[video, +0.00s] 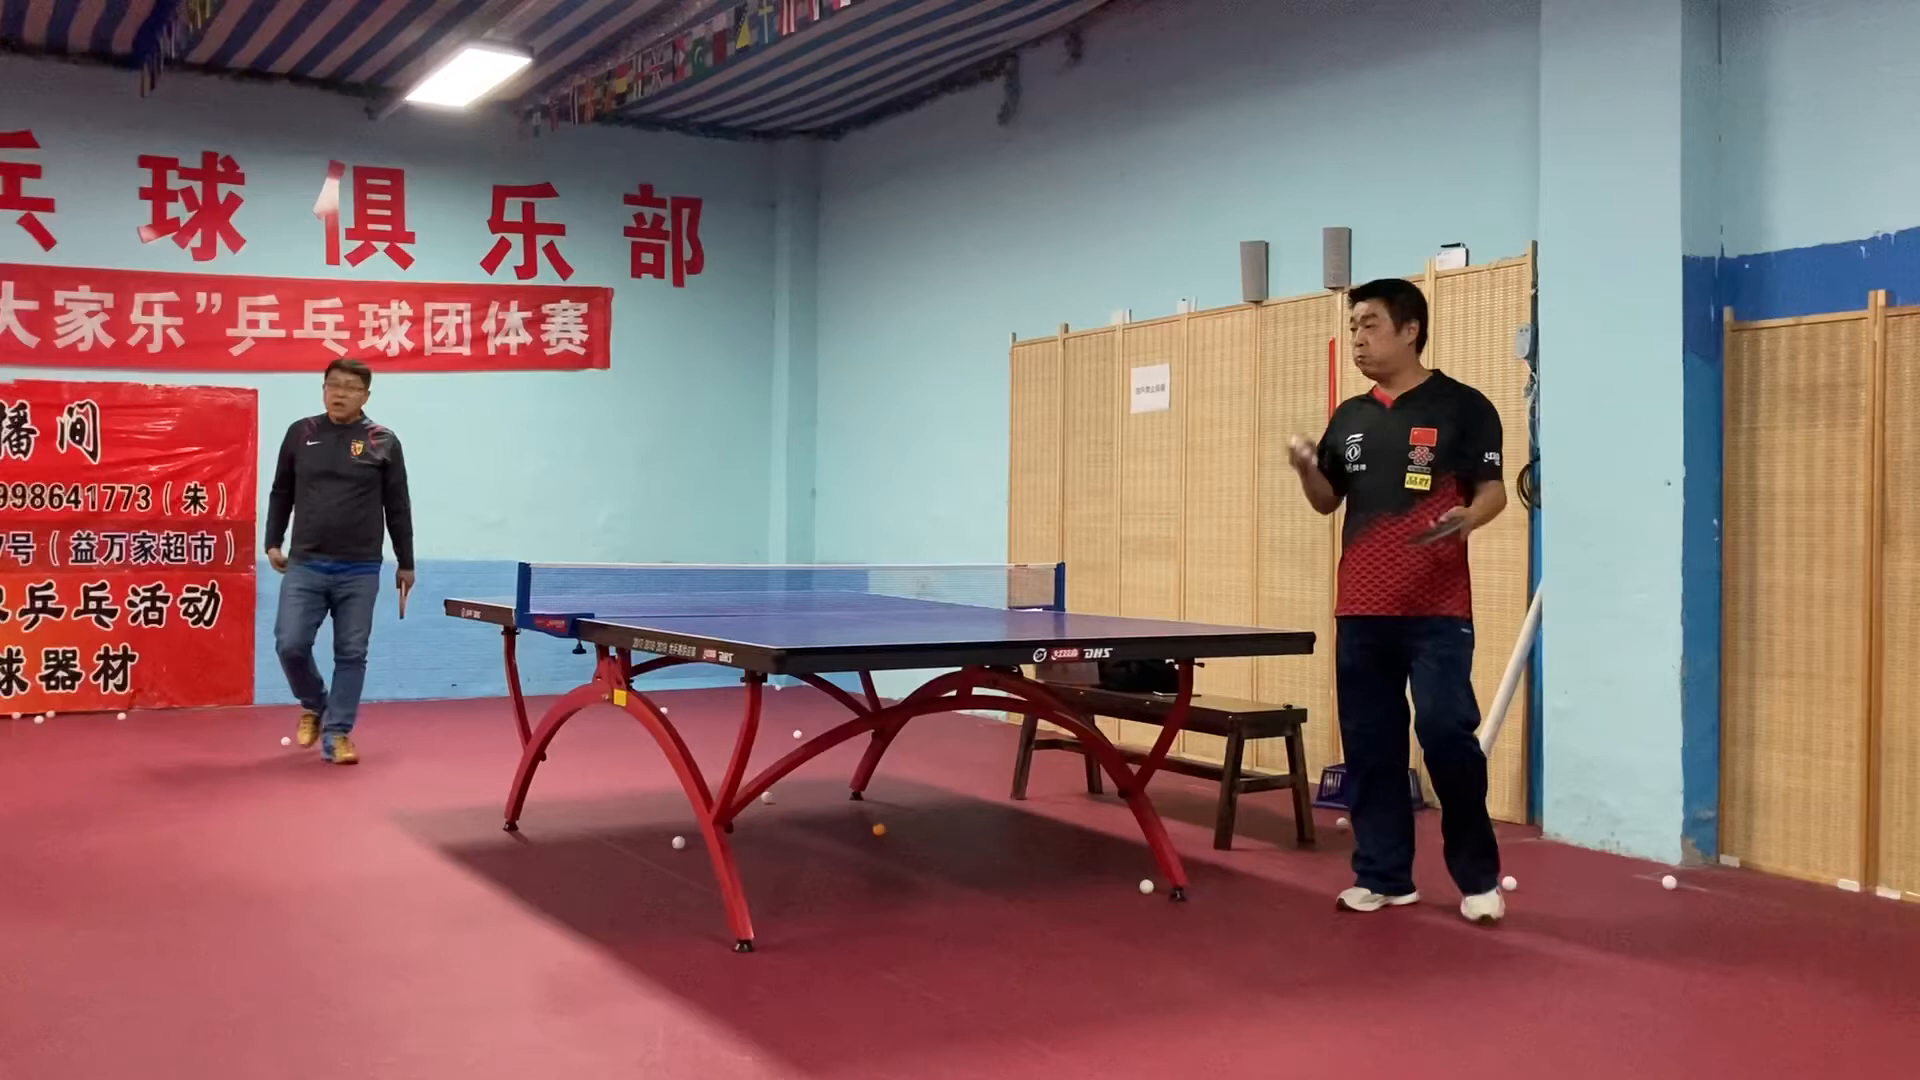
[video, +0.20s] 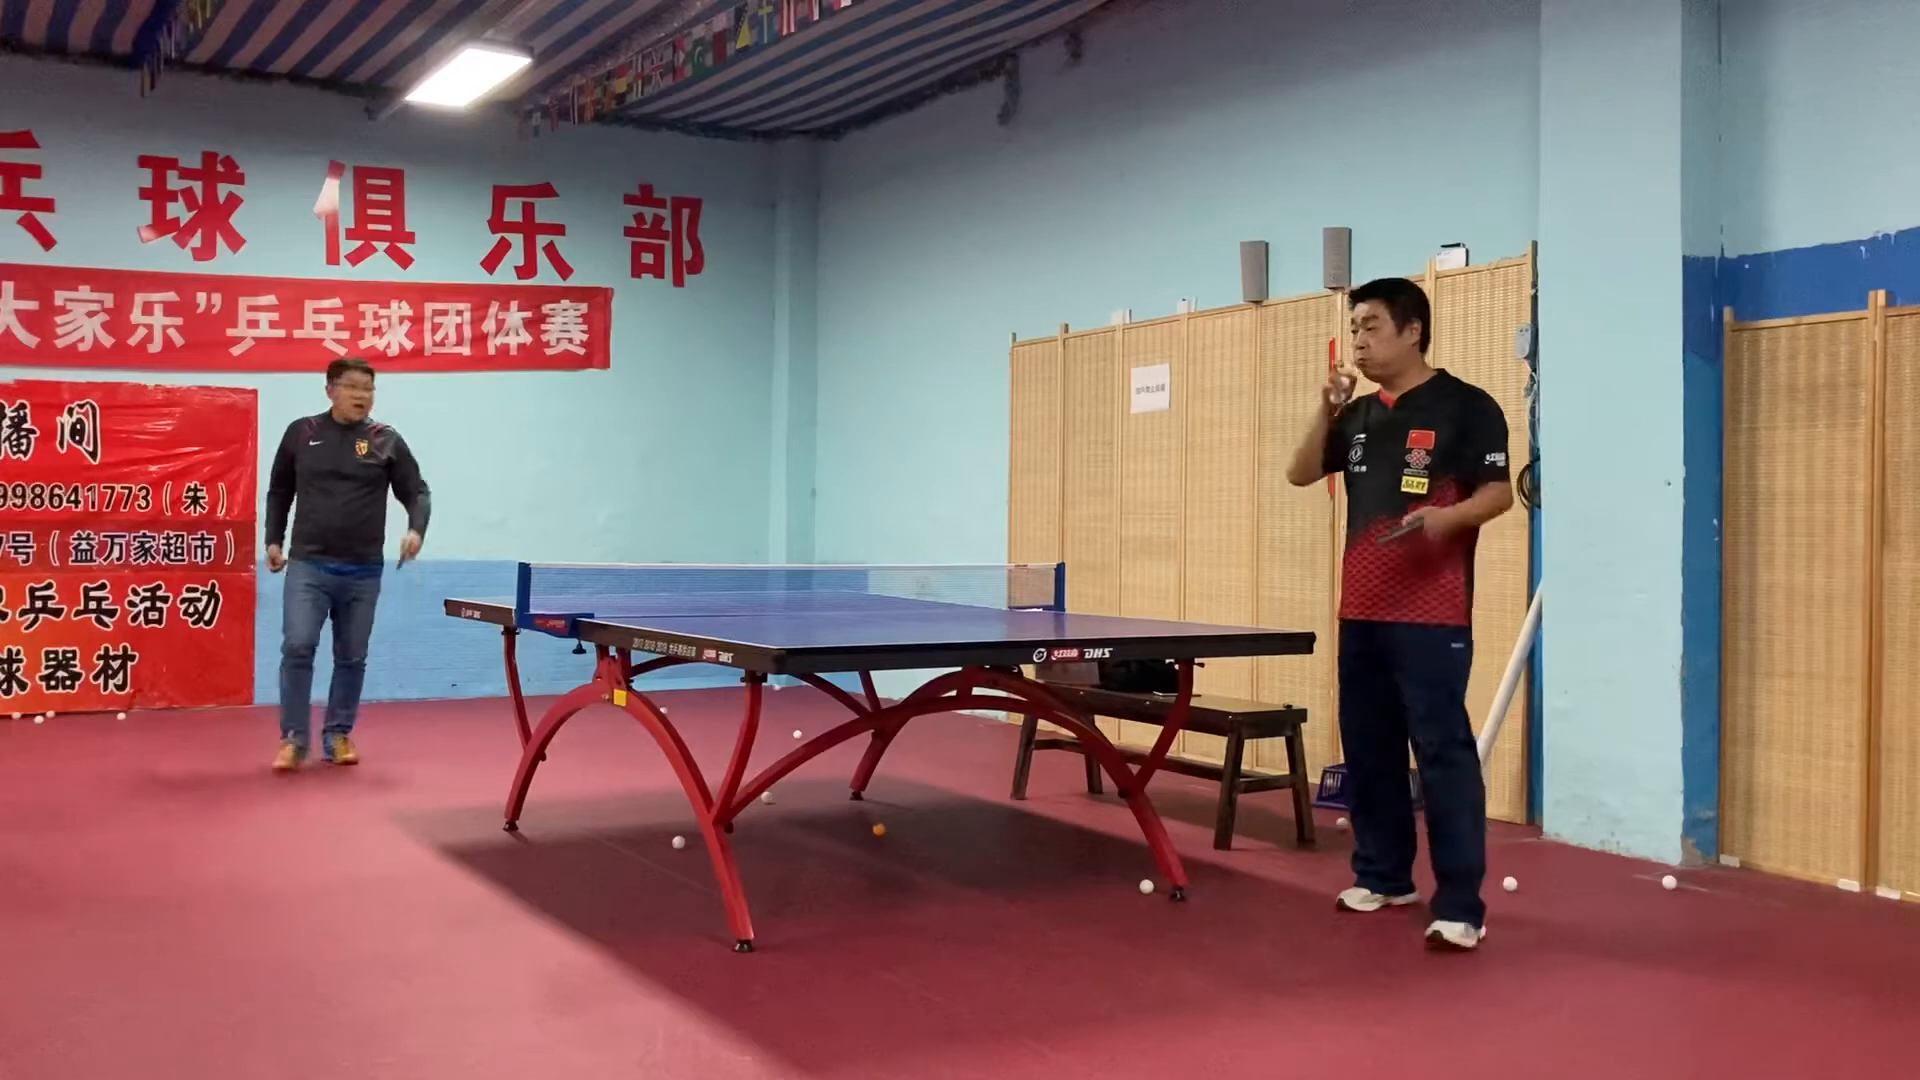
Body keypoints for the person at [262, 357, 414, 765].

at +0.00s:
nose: (339, 395)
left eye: (350, 389)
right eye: (333, 386)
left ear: (365, 395)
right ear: (324, 389)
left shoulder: (383, 442)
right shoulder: (301, 433)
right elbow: (282, 490)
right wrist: (273, 541)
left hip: (360, 569)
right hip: (305, 565)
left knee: (351, 652)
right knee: (290, 646)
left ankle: (339, 733)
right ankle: (314, 705)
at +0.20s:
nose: (362, 397)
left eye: (368, 389)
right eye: (353, 388)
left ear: (374, 394)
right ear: (332, 389)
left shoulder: (386, 441)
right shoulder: (300, 433)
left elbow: (417, 494)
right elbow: (280, 490)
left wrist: (416, 530)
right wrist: (273, 540)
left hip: (362, 570)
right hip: (308, 565)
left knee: (353, 657)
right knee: (298, 646)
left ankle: (338, 736)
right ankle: (294, 739)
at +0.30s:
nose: (370, 407)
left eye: (375, 400)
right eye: (361, 399)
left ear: (380, 402)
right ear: (337, 397)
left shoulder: (385, 441)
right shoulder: (300, 437)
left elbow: (418, 469)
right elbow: (271, 492)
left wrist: (430, 483)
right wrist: (273, 544)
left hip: (364, 574)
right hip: (312, 571)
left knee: (354, 662)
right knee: (306, 653)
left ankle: (338, 734)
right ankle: (298, 742)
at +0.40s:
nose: (373, 414)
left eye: (378, 406)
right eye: (364, 405)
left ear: (383, 407)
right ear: (339, 402)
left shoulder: (383, 441)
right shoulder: (299, 439)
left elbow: (417, 459)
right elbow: (269, 496)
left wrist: (442, 453)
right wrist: (275, 549)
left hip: (365, 575)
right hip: (311, 572)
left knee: (368, 662)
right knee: (308, 656)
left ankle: (343, 725)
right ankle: (303, 747)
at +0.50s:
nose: (374, 405)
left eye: (380, 397)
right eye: (365, 396)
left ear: (384, 401)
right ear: (341, 394)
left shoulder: (386, 438)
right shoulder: (302, 435)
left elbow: (429, 470)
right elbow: (272, 496)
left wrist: (441, 452)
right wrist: (280, 549)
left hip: (369, 575)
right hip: (313, 573)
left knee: (389, 651)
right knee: (310, 657)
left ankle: (352, 713)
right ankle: (304, 747)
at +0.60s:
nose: (380, 395)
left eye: (386, 387)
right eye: (371, 385)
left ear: (391, 392)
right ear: (347, 385)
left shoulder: (395, 437)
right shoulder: (308, 430)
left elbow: (430, 484)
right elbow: (280, 492)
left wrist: (433, 475)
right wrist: (292, 545)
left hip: (377, 571)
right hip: (321, 571)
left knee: (405, 646)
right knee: (315, 657)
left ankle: (371, 733)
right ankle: (306, 748)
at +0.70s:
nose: (393, 390)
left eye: (398, 383)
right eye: (384, 380)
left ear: (402, 388)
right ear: (359, 382)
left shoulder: (403, 436)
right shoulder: (321, 429)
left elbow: (427, 482)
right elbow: (289, 491)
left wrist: (430, 496)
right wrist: (305, 544)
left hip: (386, 573)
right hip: (331, 571)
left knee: (406, 654)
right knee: (319, 660)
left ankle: (404, 755)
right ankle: (306, 749)